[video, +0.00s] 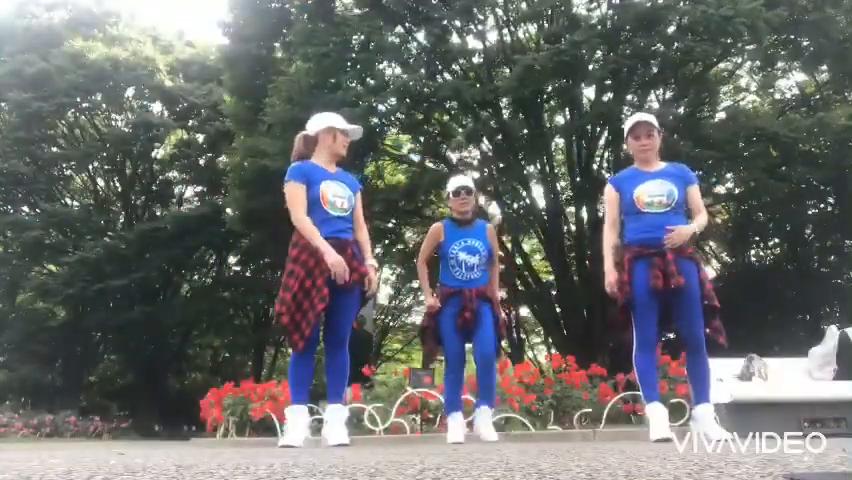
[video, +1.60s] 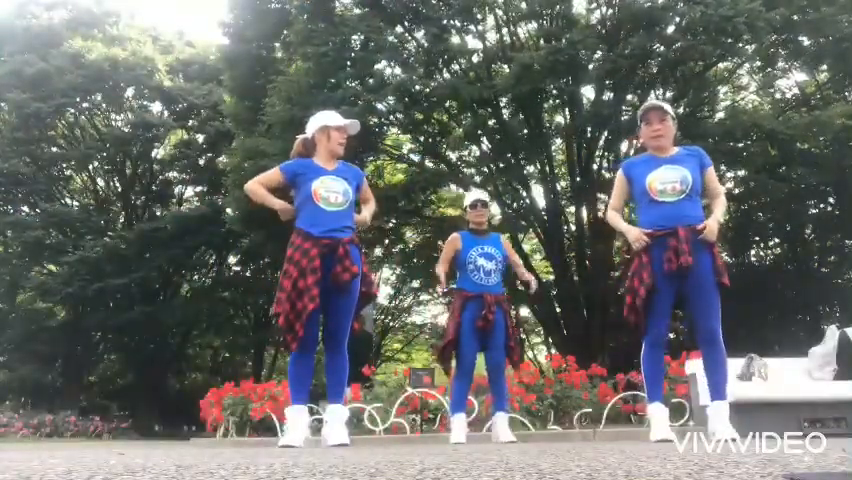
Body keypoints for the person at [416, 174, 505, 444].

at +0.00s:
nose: (462, 198)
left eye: (467, 193)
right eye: (456, 194)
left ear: (475, 197)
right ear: (449, 199)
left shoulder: (487, 229)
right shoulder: (440, 229)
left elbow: (494, 265)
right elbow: (422, 261)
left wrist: (495, 299)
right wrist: (428, 295)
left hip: (482, 297)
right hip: (451, 297)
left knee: (486, 353)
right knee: (454, 357)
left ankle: (483, 414)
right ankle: (454, 417)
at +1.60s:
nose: (479, 211)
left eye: (483, 207)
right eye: (474, 208)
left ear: (489, 212)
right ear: (466, 213)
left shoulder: (500, 241)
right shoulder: (457, 239)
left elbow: (517, 264)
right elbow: (442, 266)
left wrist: (526, 275)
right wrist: (442, 282)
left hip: (497, 304)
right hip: (469, 303)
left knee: (497, 362)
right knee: (466, 362)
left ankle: (501, 421)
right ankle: (458, 419)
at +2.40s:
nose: (479, 214)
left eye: (483, 211)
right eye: (474, 211)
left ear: (489, 217)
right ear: (465, 216)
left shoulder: (495, 238)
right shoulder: (456, 238)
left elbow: (516, 220)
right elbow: (436, 222)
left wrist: (496, 208)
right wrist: (459, 209)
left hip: (493, 302)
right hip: (465, 301)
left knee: (494, 363)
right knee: (463, 362)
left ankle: (501, 422)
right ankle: (455, 421)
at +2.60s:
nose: (471, 214)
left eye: (474, 210)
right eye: (465, 210)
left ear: (479, 217)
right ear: (455, 216)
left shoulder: (487, 239)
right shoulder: (448, 238)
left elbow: (513, 235)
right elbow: (424, 237)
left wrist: (495, 216)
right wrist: (441, 215)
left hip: (485, 303)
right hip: (457, 302)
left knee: (490, 363)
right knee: (457, 364)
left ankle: (500, 421)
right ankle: (454, 423)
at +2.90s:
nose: (466, 216)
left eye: (470, 212)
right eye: (461, 212)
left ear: (476, 217)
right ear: (453, 217)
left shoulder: (484, 240)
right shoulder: (447, 240)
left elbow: (507, 247)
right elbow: (430, 250)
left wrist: (489, 222)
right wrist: (448, 222)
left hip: (484, 302)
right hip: (457, 301)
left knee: (490, 361)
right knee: (457, 363)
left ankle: (500, 420)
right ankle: (454, 422)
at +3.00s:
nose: (468, 219)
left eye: (473, 215)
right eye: (463, 215)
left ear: (479, 218)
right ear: (455, 218)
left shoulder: (487, 240)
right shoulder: (451, 241)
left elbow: (509, 247)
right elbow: (434, 251)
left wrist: (490, 223)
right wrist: (451, 225)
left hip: (487, 303)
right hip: (460, 302)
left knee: (491, 363)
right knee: (459, 363)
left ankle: (500, 420)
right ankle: (454, 421)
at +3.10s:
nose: (473, 219)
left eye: (478, 215)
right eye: (468, 214)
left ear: (484, 218)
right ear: (459, 217)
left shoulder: (490, 241)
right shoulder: (455, 240)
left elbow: (513, 247)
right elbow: (438, 251)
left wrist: (494, 223)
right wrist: (455, 225)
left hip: (491, 303)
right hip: (464, 302)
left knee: (493, 364)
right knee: (462, 364)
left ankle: (500, 422)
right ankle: (454, 422)